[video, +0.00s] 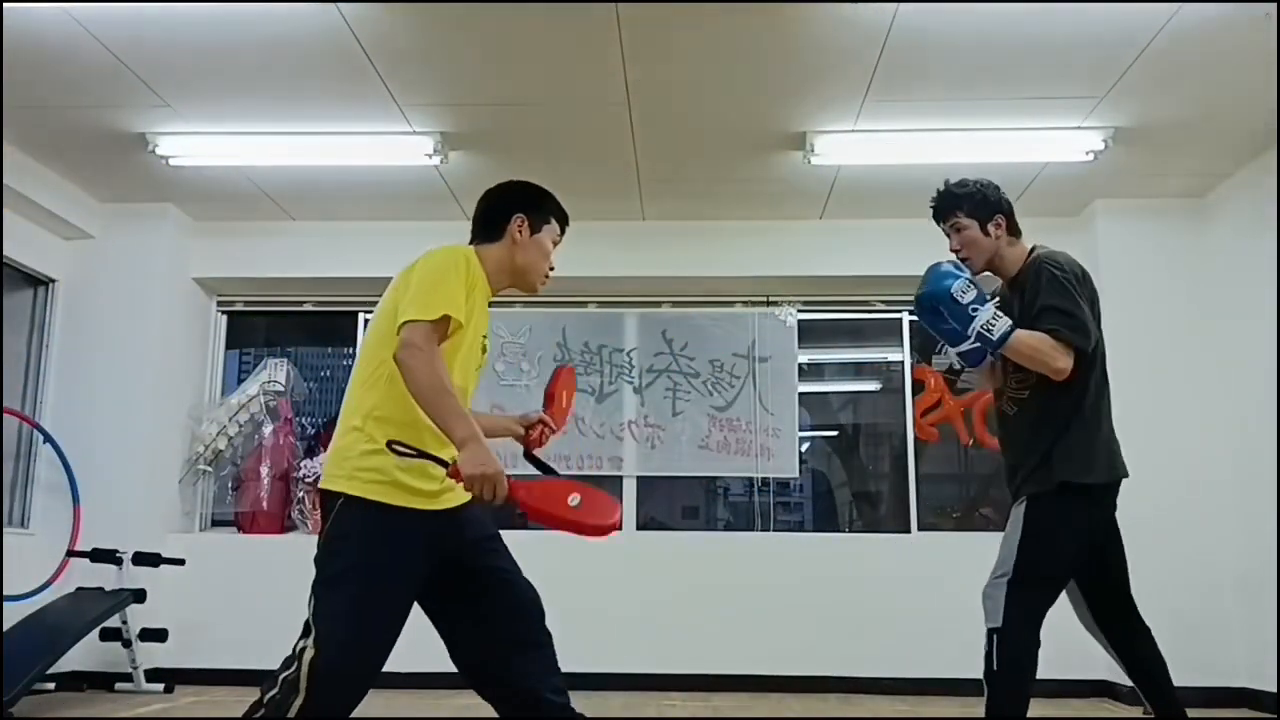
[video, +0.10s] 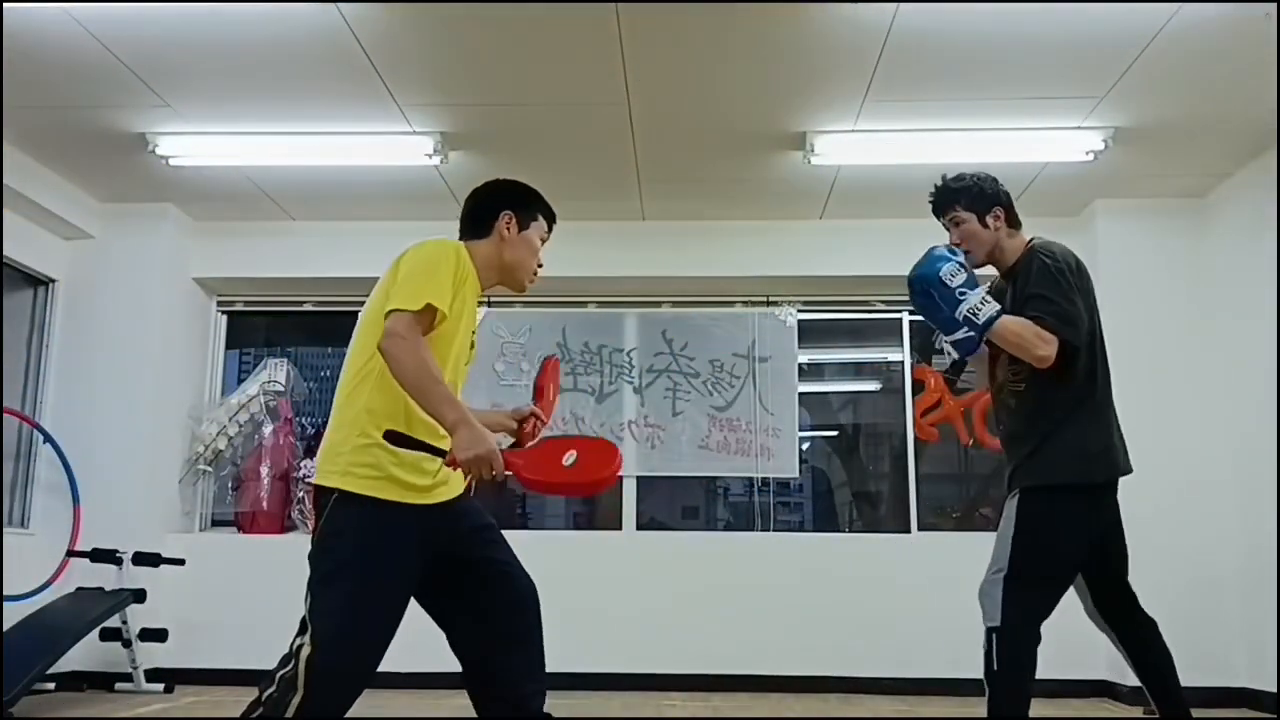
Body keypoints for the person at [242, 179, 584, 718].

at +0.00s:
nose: (555, 262)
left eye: (558, 248)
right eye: (553, 242)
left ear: (517, 233)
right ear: (519, 229)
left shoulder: (473, 312)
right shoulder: (450, 265)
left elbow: (431, 421)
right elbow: (414, 348)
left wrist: (513, 425)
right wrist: (470, 441)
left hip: (443, 501)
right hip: (377, 496)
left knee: (511, 626)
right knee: (336, 663)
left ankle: (548, 711)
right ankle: (279, 711)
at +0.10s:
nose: (543, 261)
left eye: (546, 247)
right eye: (541, 241)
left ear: (505, 230)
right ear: (506, 226)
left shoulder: (463, 305)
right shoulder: (440, 258)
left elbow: (419, 414)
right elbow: (399, 337)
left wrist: (502, 421)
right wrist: (462, 424)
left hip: (436, 496)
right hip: (371, 490)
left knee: (507, 609)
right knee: (335, 657)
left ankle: (517, 712)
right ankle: (273, 712)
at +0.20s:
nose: (547, 259)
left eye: (550, 244)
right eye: (545, 239)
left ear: (511, 230)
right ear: (512, 225)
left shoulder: (467, 306)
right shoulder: (447, 253)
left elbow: (423, 414)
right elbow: (390, 326)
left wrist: (506, 414)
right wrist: (441, 417)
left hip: (435, 493)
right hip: (373, 488)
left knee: (504, 611)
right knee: (335, 651)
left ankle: (517, 712)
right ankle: (270, 711)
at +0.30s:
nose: (567, 259)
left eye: (569, 245)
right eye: (564, 239)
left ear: (526, 231)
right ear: (528, 225)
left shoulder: (484, 307)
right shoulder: (463, 254)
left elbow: (454, 407)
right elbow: (393, 325)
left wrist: (529, 394)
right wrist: (415, 417)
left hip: (446, 496)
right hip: (381, 487)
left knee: (513, 612)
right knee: (337, 648)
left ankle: (520, 713)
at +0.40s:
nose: (589, 252)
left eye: (592, 237)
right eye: (586, 231)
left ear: (547, 224)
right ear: (549, 218)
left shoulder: (508, 308)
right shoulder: (478, 252)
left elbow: (500, 401)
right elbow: (394, 320)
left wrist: (567, 353)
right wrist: (397, 412)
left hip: (466, 488)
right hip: (394, 478)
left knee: (521, 608)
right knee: (344, 638)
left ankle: (523, 712)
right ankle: (268, 712)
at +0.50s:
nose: (602, 240)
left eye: (604, 228)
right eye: (597, 222)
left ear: (561, 217)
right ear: (559, 212)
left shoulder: (556, 311)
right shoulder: (483, 251)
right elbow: (392, 315)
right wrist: (408, 409)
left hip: (472, 482)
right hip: (397, 471)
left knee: (520, 609)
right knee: (355, 632)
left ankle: (522, 711)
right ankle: (274, 709)